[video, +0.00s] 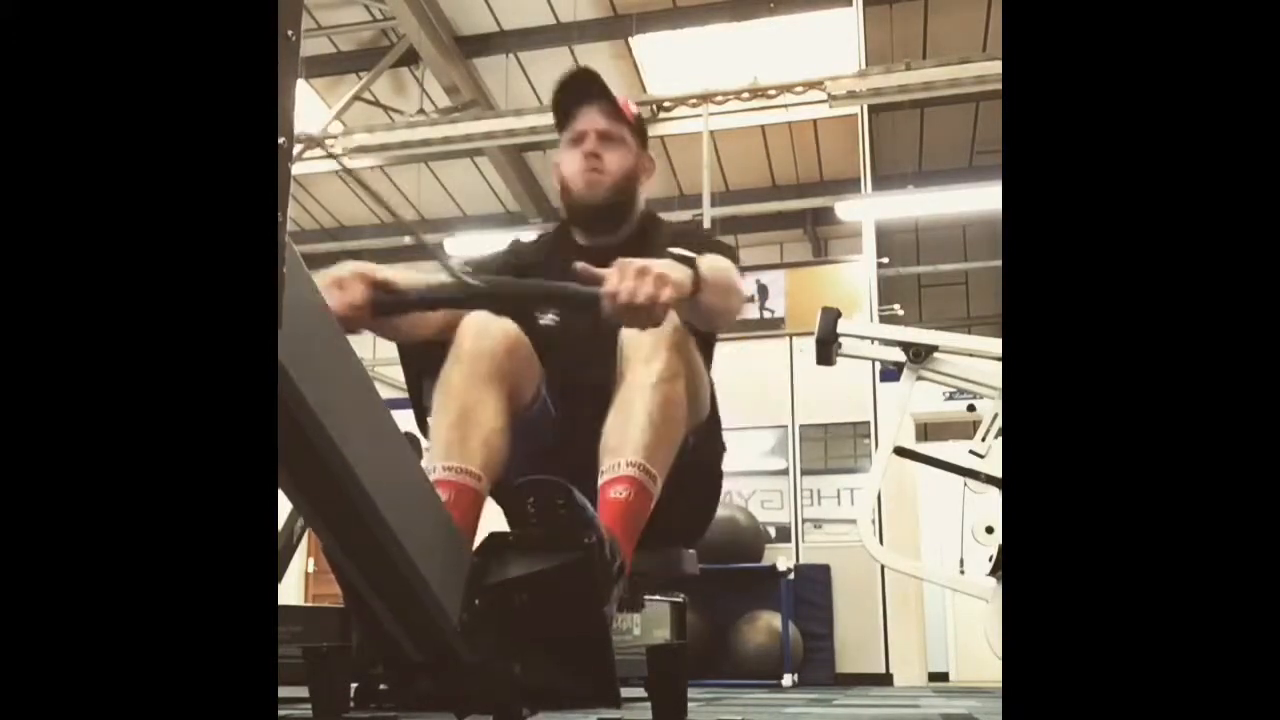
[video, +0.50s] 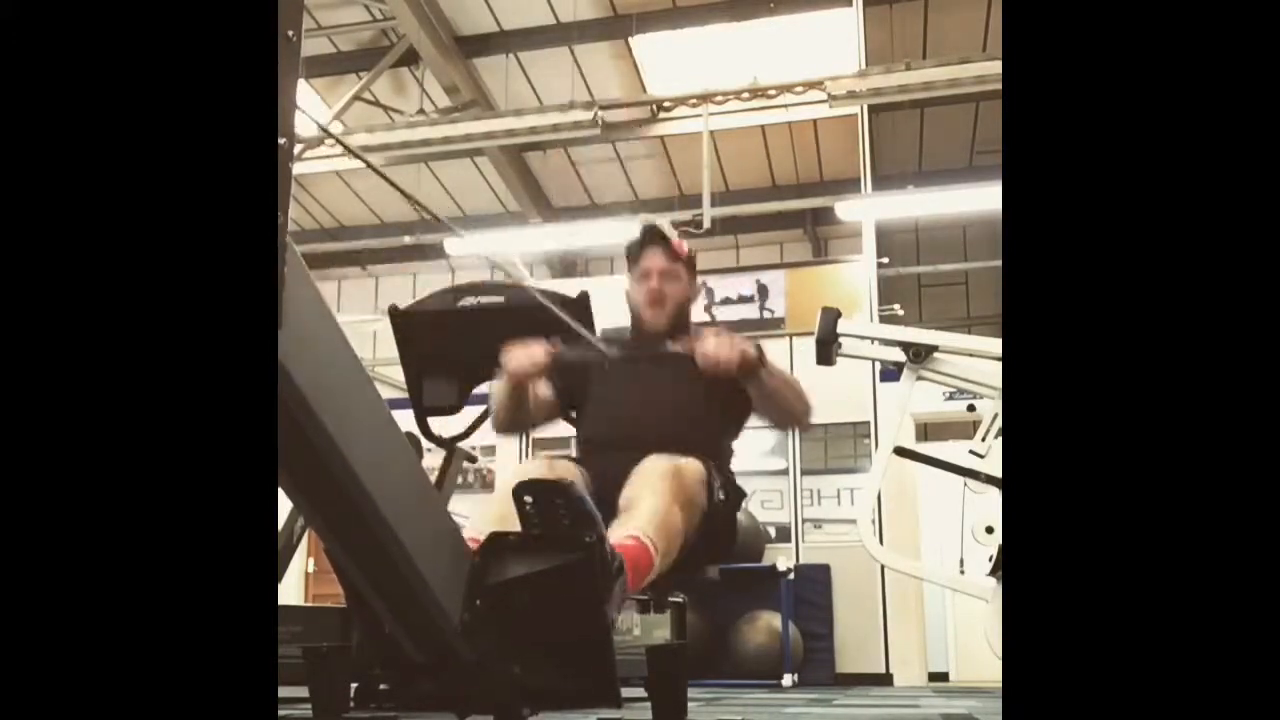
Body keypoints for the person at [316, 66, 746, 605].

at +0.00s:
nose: (589, 149)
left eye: (609, 139)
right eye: (576, 141)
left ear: (644, 167)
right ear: (557, 170)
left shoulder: (688, 246)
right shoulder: (527, 260)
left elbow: (731, 303)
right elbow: (442, 312)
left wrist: (684, 276)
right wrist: (369, 300)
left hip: (664, 485)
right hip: (545, 480)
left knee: (656, 334)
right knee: (482, 329)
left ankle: (606, 556)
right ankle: (440, 554)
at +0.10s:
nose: (578, 144)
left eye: (600, 134)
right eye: (565, 137)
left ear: (636, 162)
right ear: (548, 169)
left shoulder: (678, 242)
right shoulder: (515, 247)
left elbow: (705, 286)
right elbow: (439, 293)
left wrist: (662, 270)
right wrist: (357, 277)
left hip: (659, 482)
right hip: (542, 478)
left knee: (655, 327)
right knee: (489, 335)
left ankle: (607, 555)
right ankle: (443, 554)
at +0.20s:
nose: (592, 157)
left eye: (611, 147)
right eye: (577, 148)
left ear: (645, 173)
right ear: (558, 176)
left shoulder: (687, 257)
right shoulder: (532, 265)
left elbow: (716, 308)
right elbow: (454, 313)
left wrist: (678, 283)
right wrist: (386, 305)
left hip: (669, 483)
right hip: (555, 477)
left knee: (659, 352)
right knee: (500, 357)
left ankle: (605, 564)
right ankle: (446, 555)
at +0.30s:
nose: (620, 189)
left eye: (636, 179)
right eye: (606, 179)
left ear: (663, 201)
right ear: (588, 203)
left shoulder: (700, 274)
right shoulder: (560, 281)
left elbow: (748, 326)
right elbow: (483, 333)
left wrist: (707, 282)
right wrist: (442, 307)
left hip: (678, 482)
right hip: (563, 479)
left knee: (663, 398)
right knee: (511, 402)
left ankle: (605, 564)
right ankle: (452, 556)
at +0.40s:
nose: (642, 236)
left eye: (657, 224)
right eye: (631, 225)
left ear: (682, 240)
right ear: (616, 239)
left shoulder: (715, 308)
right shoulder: (586, 318)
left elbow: (769, 363)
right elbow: (509, 375)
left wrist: (730, 322)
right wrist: (490, 340)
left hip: (691, 472)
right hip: (587, 470)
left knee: (661, 436)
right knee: (523, 447)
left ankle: (611, 567)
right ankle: (460, 559)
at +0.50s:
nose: (655, 289)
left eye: (669, 277)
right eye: (644, 277)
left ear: (692, 288)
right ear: (628, 286)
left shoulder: (720, 356)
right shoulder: (593, 358)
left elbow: (797, 416)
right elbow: (509, 423)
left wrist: (752, 367)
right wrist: (515, 380)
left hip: (695, 501)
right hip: (594, 498)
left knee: (663, 471)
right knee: (539, 474)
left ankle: (610, 579)